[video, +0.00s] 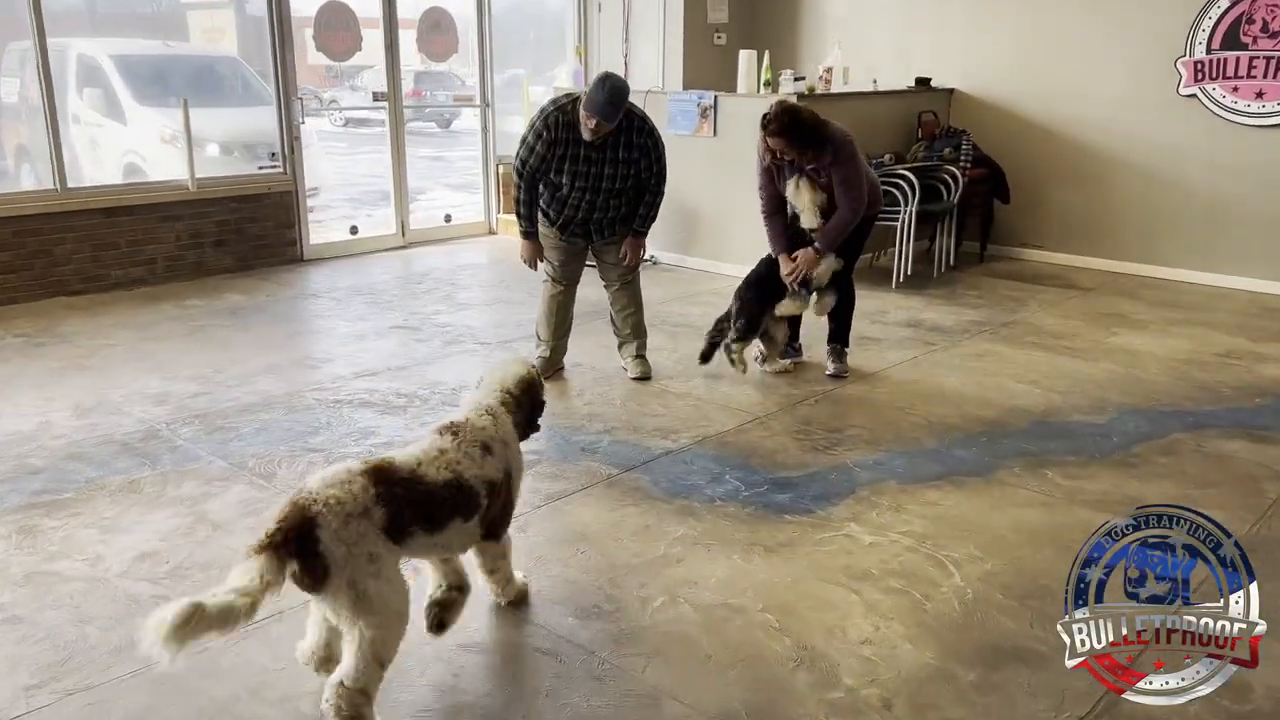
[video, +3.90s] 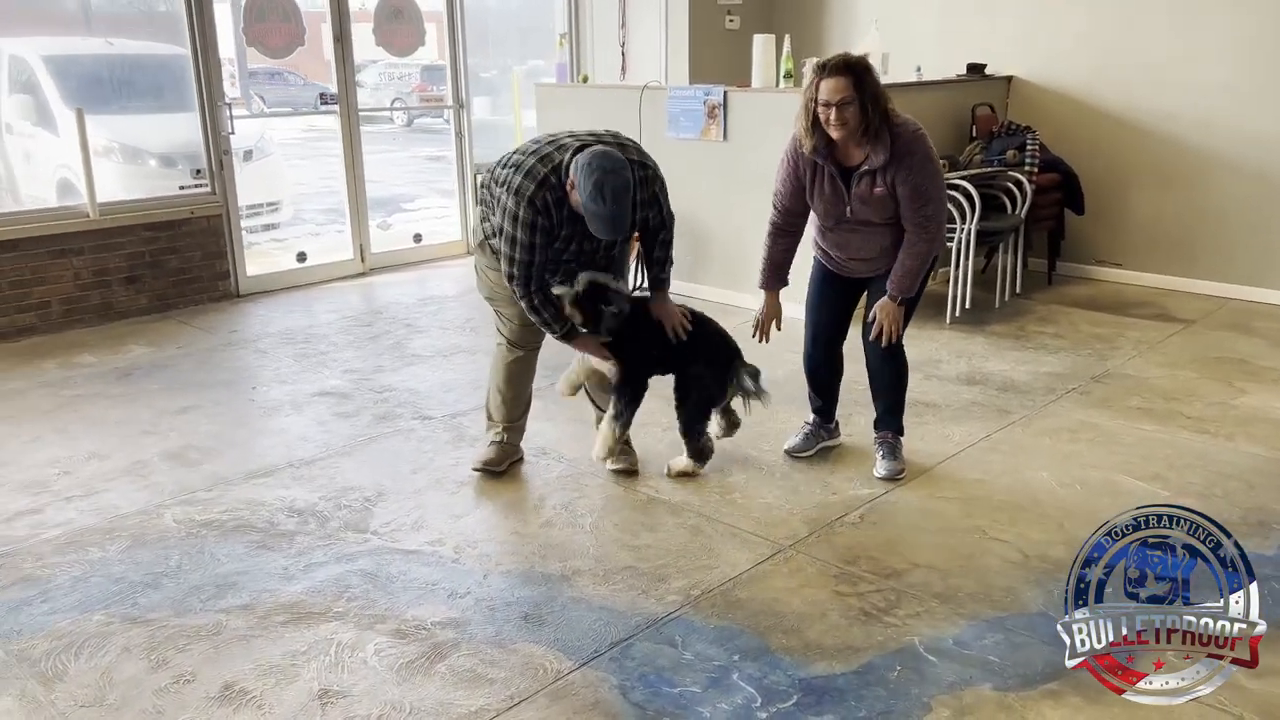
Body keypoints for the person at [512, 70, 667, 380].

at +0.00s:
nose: (592, 125)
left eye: (602, 122)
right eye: (588, 116)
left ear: (618, 117)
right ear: (582, 101)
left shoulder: (640, 131)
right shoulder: (552, 120)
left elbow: (655, 183)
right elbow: (524, 174)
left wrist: (639, 233)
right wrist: (528, 235)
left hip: (615, 224)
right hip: (561, 221)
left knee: (624, 288)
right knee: (557, 289)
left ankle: (634, 353)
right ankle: (548, 356)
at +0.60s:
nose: (559, 160)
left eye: (569, 156)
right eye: (553, 152)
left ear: (587, 146)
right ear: (546, 137)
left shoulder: (610, 154)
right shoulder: (522, 148)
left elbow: (617, 220)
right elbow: (505, 215)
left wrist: (602, 275)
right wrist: (504, 274)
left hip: (594, 236)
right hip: (541, 235)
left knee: (610, 303)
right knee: (535, 304)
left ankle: (618, 376)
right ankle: (527, 377)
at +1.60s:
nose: (520, 159)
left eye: (533, 150)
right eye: (512, 146)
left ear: (553, 141)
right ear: (502, 137)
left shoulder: (582, 168)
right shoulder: (477, 167)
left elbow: (593, 250)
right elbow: (469, 246)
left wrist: (559, 313)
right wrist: (510, 304)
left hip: (572, 260)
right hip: (512, 259)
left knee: (581, 329)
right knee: (499, 328)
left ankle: (594, 420)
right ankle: (491, 419)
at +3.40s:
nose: (564, 142)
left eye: (572, 135)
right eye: (557, 133)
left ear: (586, 109)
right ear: (532, 107)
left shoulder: (596, 131)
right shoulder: (479, 125)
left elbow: (615, 207)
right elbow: (461, 217)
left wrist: (583, 271)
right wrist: (501, 289)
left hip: (562, 262)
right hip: (488, 260)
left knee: (573, 348)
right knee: (484, 349)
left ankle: (586, 440)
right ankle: (473, 440)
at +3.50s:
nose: (573, 150)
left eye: (582, 144)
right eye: (566, 141)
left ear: (597, 117)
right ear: (543, 115)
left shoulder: (606, 135)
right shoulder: (488, 131)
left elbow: (627, 199)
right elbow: (468, 223)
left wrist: (613, 259)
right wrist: (503, 296)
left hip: (568, 258)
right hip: (496, 256)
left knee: (579, 345)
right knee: (490, 349)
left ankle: (592, 440)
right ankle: (478, 439)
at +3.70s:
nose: (591, 182)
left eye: (600, 176)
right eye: (584, 174)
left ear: (618, 147)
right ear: (563, 148)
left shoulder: (628, 154)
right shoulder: (511, 152)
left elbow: (651, 213)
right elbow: (491, 245)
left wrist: (672, 281)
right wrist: (522, 320)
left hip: (582, 256)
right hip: (511, 253)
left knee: (592, 345)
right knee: (502, 345)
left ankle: (605, 440)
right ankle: (492, 440)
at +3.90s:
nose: (602, 229)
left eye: (611, 226)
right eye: (592, 219)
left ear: (629, 185)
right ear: (572, 188)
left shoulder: (643, 173)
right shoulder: (529, 192)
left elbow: (658, 227)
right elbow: (523, 282)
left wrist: (660, 294)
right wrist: (575, 339)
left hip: (596, 240)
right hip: (516, 242)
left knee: (604, 334)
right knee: (519, 334)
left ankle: (615, 438)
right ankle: (503, 440)